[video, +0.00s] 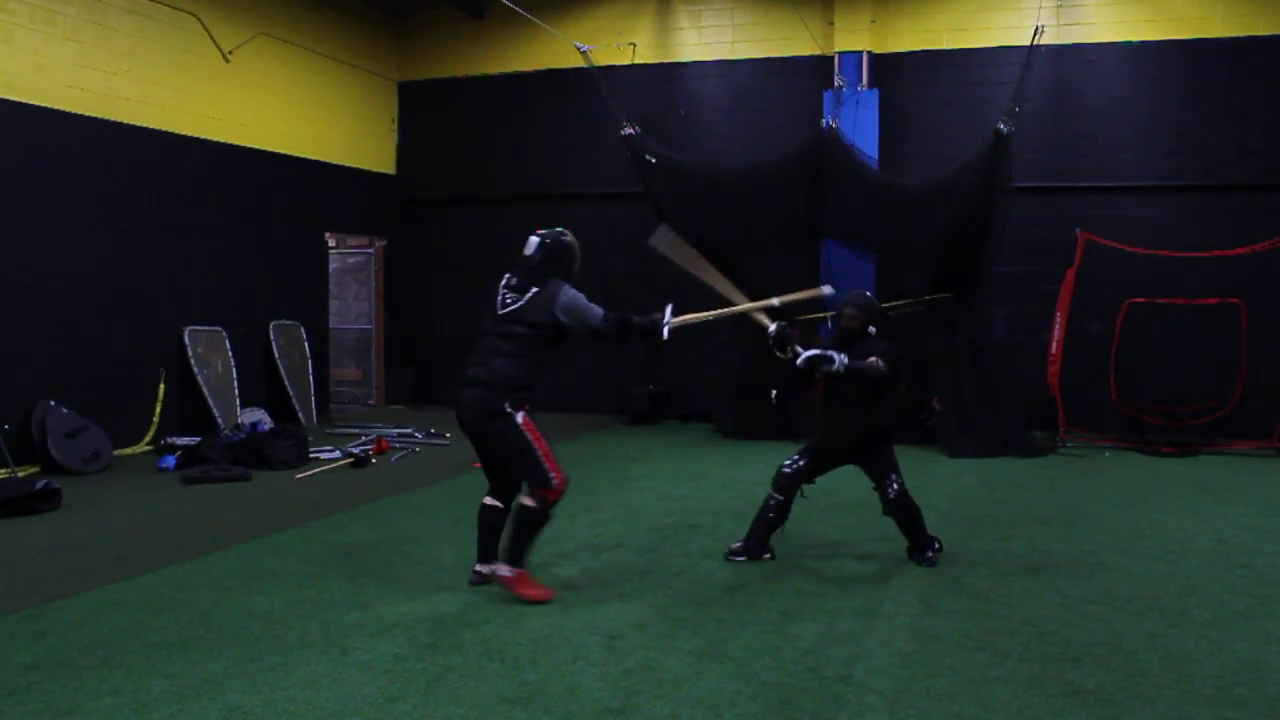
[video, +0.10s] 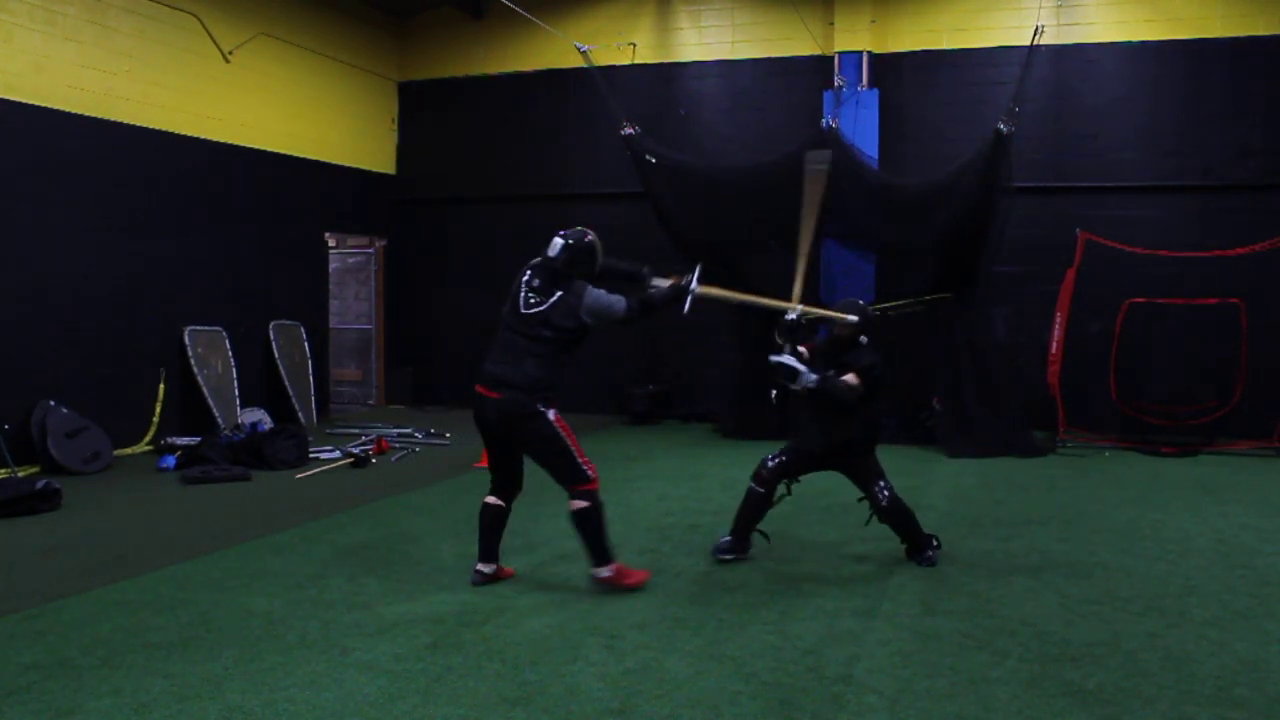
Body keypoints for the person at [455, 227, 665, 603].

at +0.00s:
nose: (572, 268)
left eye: (569, 262)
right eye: (571, 262)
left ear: (530, 256)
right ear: (564, 263)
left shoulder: (508, 283)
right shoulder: (557, 295)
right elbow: (605, 323)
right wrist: (651, 324)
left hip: (472, 400)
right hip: (501, 404)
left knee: (504, 482)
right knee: (549, 483)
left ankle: (485, 564)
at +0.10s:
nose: (594, 267)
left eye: (592, 262)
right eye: (591, 262)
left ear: (555, 254)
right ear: (585, 265)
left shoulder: (531, 271)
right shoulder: (581, 297)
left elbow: (595, 270)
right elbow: (633, 308)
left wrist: (647, 277)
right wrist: (674, 292)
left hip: (487, 398)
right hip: (528, 404)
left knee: (504, 482)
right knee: (582, 480)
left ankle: (485, 564)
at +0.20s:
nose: (614, 267)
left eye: (611, 259)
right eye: (611, 262)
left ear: (576, 254)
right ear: (604, 266)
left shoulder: (551, 269)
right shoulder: (602, 300)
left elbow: (598, 250)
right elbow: (650, 304)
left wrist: (645, 237)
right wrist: (681, 262)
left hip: (516, 403)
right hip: (558, 410)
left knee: (516, 486)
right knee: (611, 485)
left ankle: (488, 564)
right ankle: (651, 559)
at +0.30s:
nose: (626, 271)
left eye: (626, 266)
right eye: (623, 266)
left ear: (587, 263)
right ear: (616, 270)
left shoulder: (566, 285)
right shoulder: (617, 302)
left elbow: (625, 273)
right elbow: (668, 314)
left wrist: (664, 254)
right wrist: (680, 268)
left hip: (546, 412)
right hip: (590, 417)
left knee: (537, 488)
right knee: (642, 482)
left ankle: (501, 559)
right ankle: (652, 564)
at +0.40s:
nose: (638, 269)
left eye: (636, 262)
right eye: (634, 262)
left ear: (596, 261)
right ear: (621, 265)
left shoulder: (580, 294)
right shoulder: (614, 300)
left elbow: (645, 333)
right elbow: (660, 336)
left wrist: (706, 318)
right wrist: (682, 282)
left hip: (562, 409)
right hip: (600, 413)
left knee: (557, 485)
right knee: (652, 479)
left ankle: (514, 549)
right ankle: (653, 563)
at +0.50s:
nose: (641, 270)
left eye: (641, 262)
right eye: (638, 262)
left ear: (601, 260)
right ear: (626, 262)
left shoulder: (590, 295)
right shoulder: (610, 291)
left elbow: (644, 345)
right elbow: (655, 318)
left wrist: (695, 327)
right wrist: (707, 307)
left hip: (566, 407)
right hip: (595, 411)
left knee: (573, 484)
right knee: (649, 480)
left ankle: (516, 545)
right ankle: (652, 565)